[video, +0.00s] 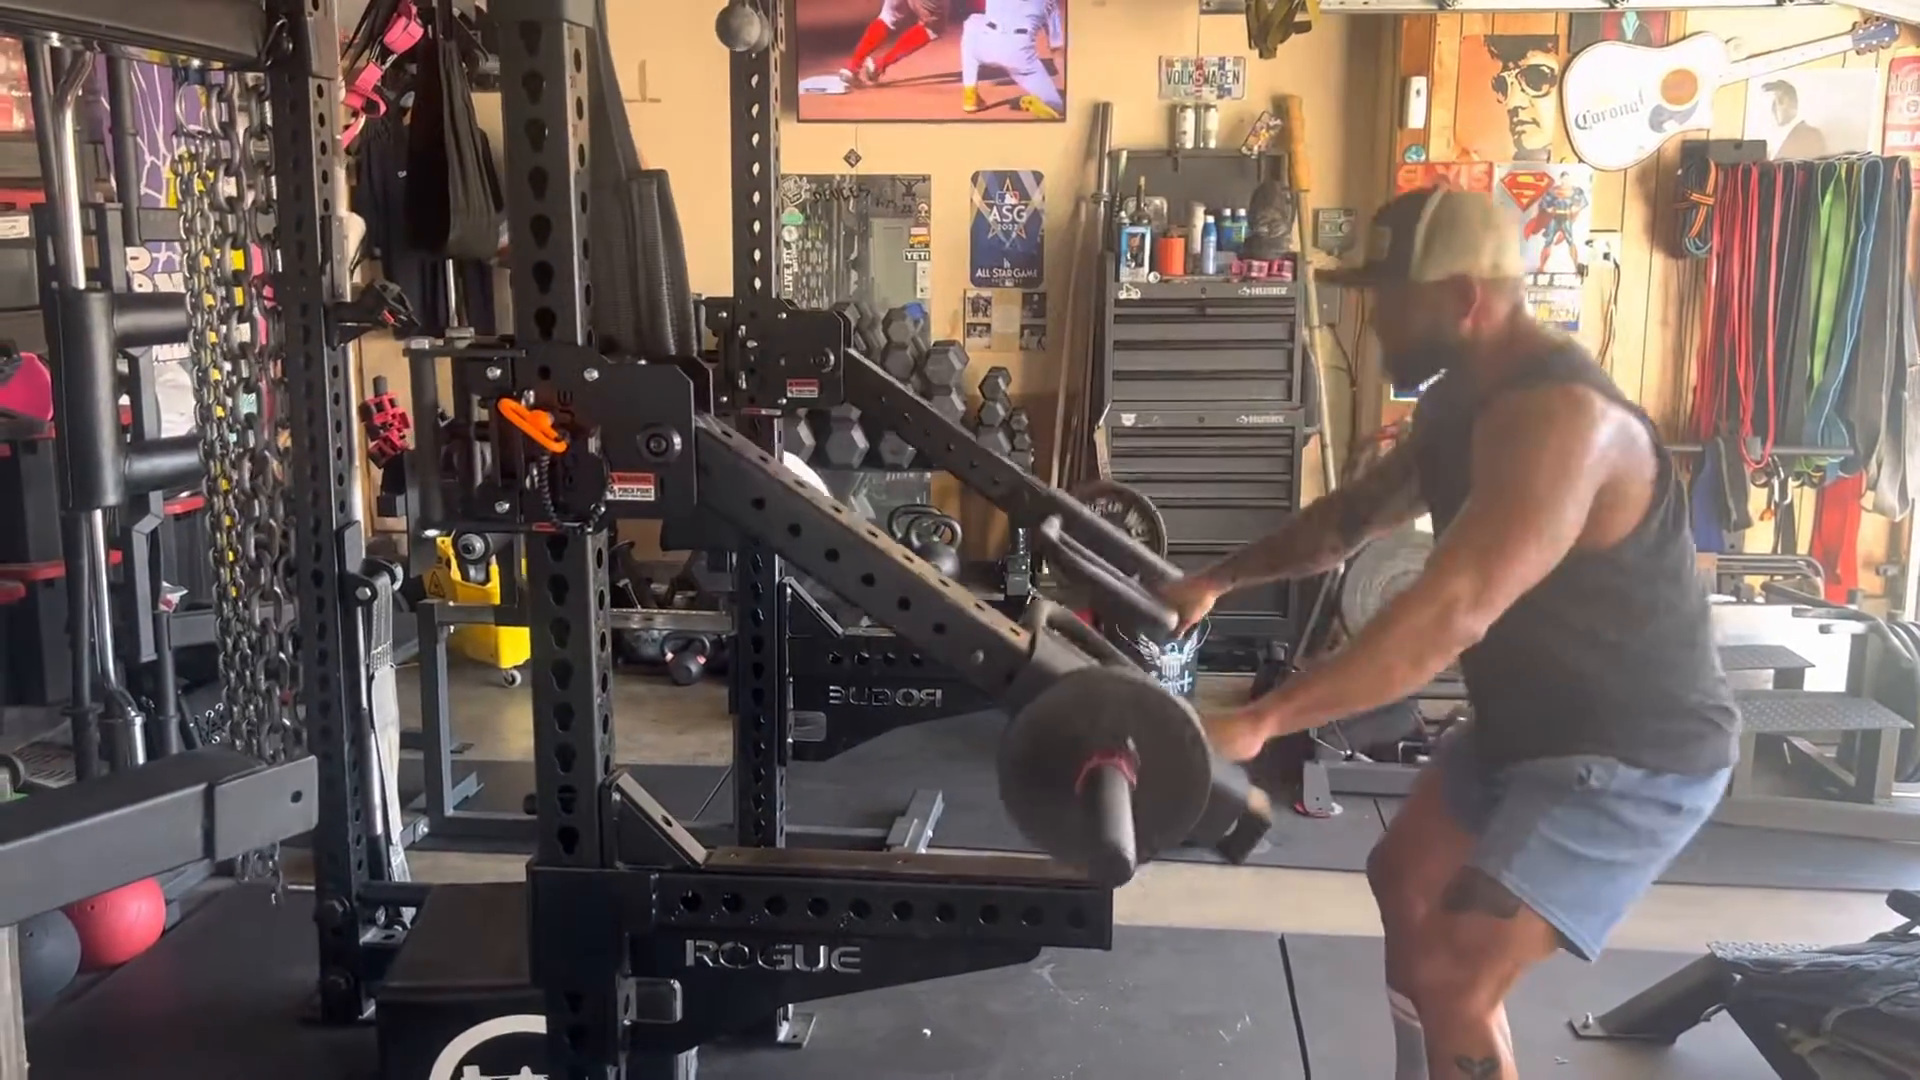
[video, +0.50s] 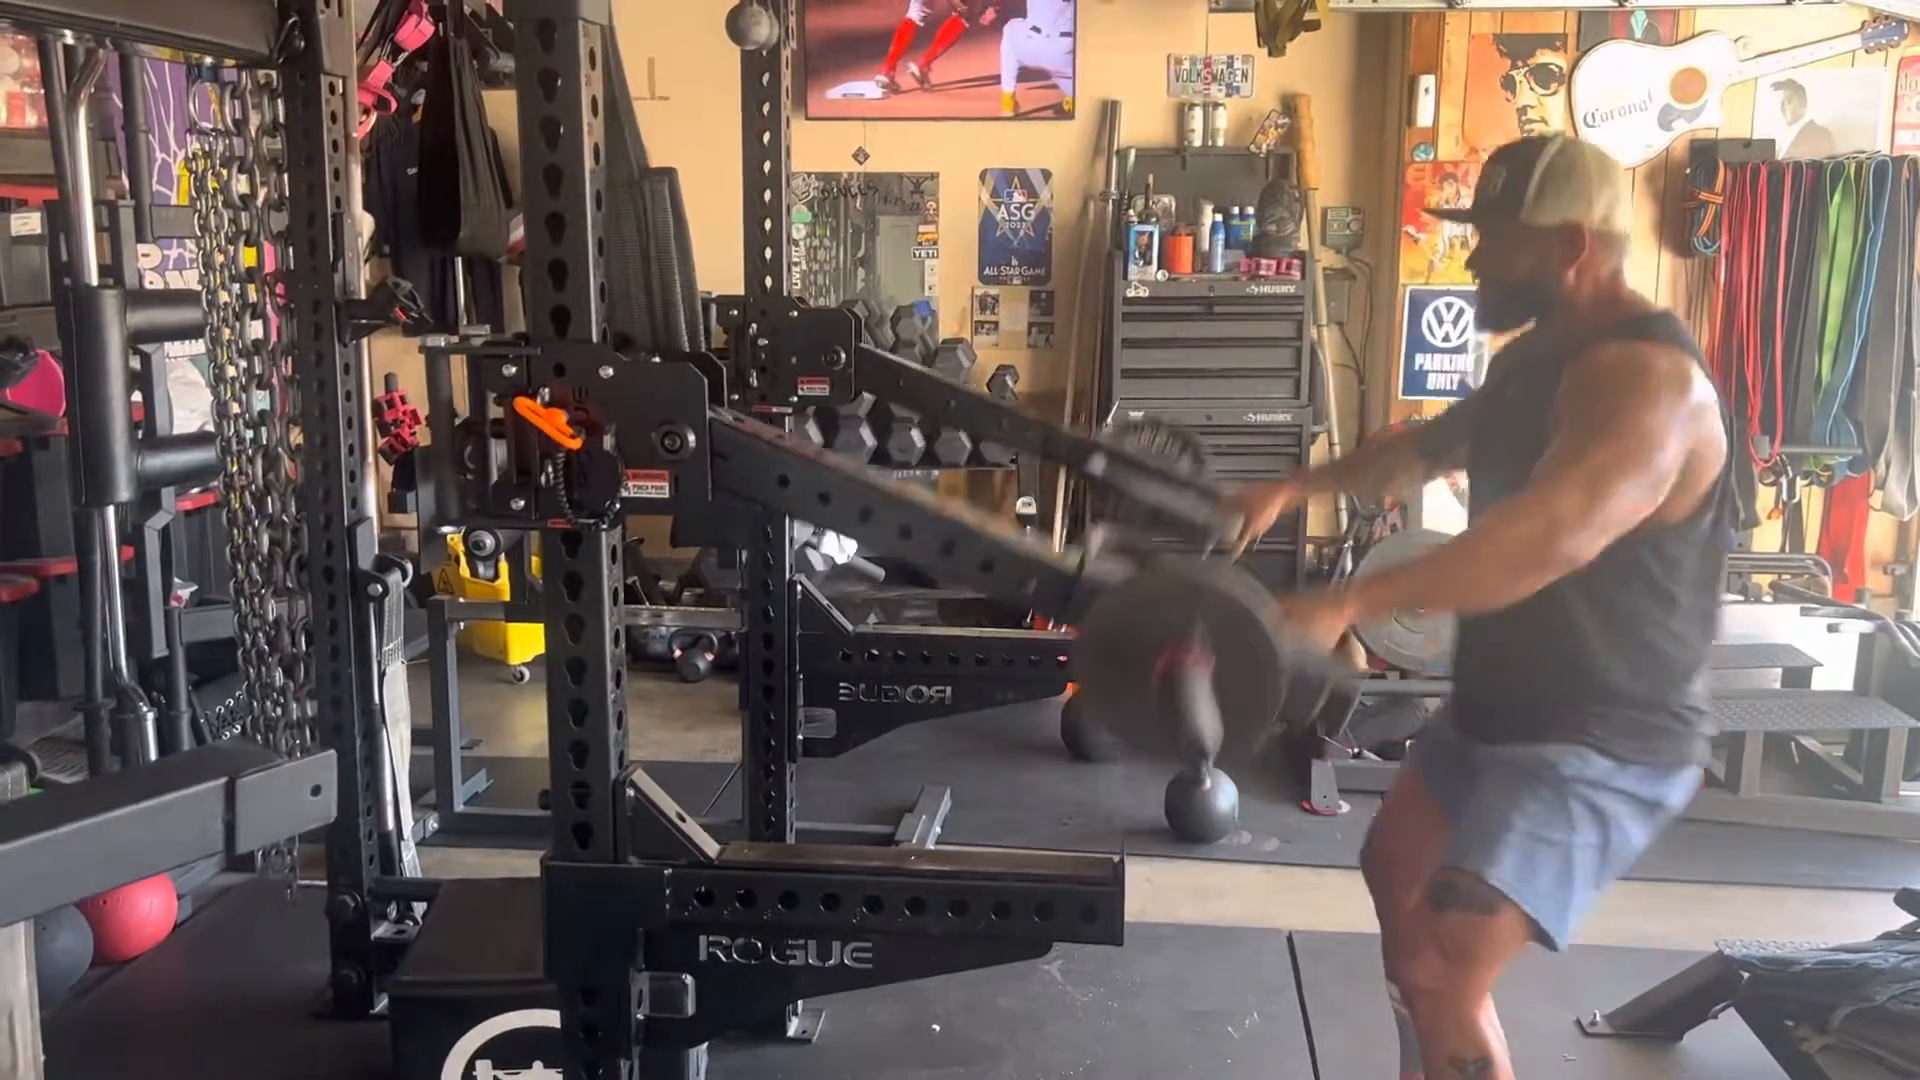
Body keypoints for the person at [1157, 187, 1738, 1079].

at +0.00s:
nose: (1372, 310)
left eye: (1388, 288)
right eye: (1373, 288)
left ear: (1467, 302)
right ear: (1466, 304)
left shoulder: (1559, 417)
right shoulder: (1462, 402)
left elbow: (1453, 608)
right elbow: (1350, 517)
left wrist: (1261, 718)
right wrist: (1216, 578)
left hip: (1629, 750)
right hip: (1523, 724)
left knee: (1453, 987)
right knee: (1405, 876)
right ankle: (1444, 1047)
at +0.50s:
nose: (1474, 256)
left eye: (1492, 234)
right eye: (1476, 234)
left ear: (1572, 249)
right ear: (1567, 253)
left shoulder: (1647, 378)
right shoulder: (1533, 360)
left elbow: (1554, 535)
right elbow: (1422, 452)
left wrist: (1355, 602)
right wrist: (1294, 487)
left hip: (1602, 737)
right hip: (1496, 706)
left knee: (1441, 971)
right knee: (1395, 866)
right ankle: (1435, 1060)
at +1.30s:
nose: (1135, 268)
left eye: (1157, 249)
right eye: (1150, 252)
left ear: (1206, 247)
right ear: (1208, 250)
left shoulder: (1286, 285)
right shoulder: (1264, 304)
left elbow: (1206, 130)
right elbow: (1188, 127)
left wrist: (1122, 1)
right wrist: (1116, 31)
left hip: (1397, 695)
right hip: (1368, 690)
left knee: (1416, 970)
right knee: (1410, 964)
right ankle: (1448, 1064)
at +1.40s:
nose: (1153, 253)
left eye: (1171, 234)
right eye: (1161, 237)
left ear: (1232, 230)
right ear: (1236, 225)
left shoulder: (1318, 290)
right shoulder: (1274, 298)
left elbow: (1244, 134)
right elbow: (1181, 124)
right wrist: (1118, 27)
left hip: (1394, 699)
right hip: (1358, 692)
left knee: (1410, 969)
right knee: (1399, 957)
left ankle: (1460, 1073)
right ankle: (1445, 1064)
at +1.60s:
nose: (1194, 250)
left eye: (1208, 220)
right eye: (1195, 222)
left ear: (1279, 218)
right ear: (1285, 218)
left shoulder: (1380, 299)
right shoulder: (1313, 313)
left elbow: (1425, 221)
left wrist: (1282, 46)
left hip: (1412, 696)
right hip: (1367, 690)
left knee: (1419, 968)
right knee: (1411, 964)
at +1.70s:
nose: (1256, 275)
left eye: (1256, 253)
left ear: (1295, 224)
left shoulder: (1405, 295)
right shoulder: (1345, 294)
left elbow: (1532, 312)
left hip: (1432, 698)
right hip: (1383, 691)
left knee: (1425, 968)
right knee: (1414, 960)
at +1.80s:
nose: (1302, 249)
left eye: (1311, 223)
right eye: (1295, 227)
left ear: (1374, 208)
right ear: (1316, 223)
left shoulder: (1475, 291)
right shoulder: (1354, 310)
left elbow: (1616, 404)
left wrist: (1408, 309)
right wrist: (1234, 344)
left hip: (1474, 700)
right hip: (1400, 696)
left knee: (1437, 966)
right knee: (1430, 966)